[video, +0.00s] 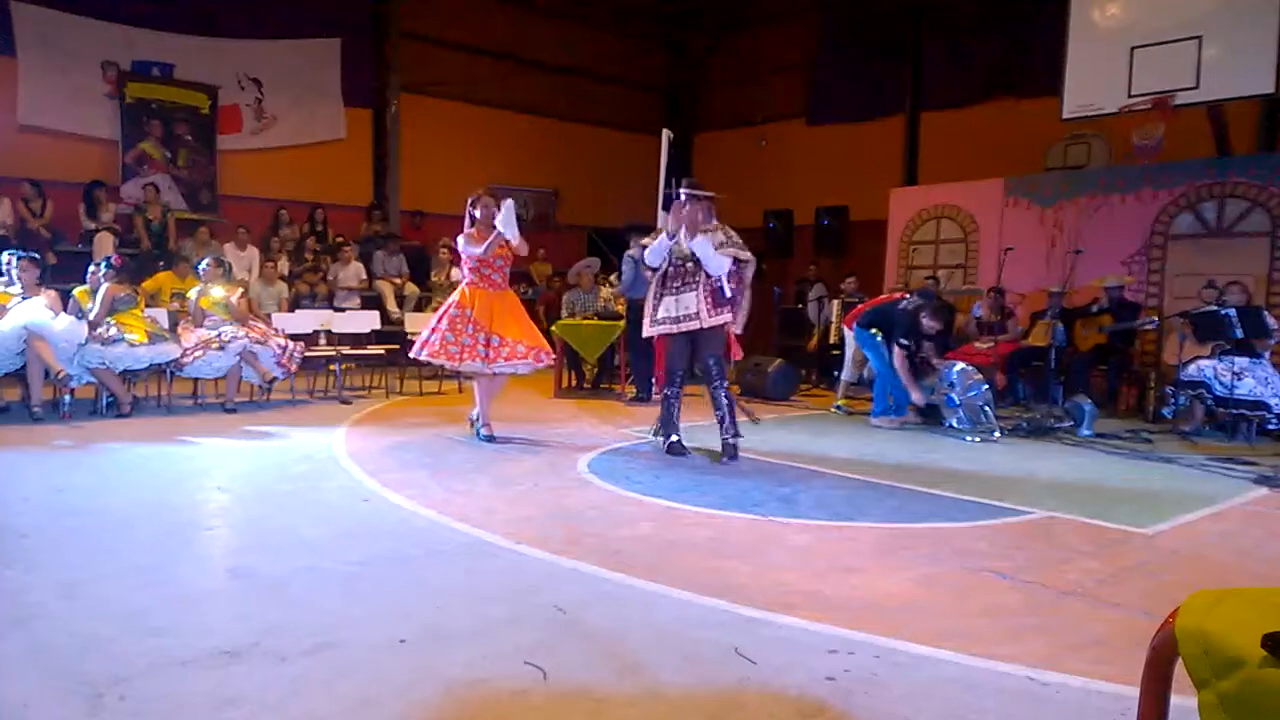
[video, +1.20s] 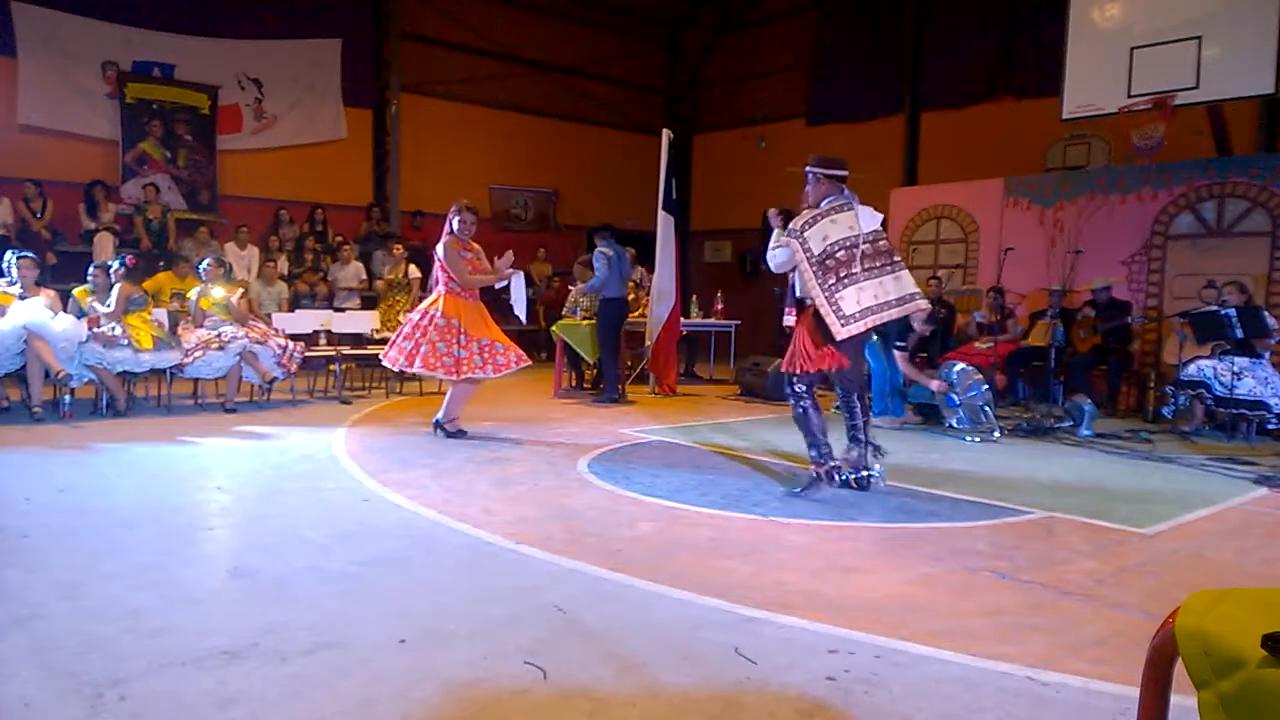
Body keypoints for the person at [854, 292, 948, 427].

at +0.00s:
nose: (933, 333)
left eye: (937, 330)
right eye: (931, 328)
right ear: (923, 316)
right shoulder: (906, 320)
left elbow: (928, 346)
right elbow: (899, 359)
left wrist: (934, 360)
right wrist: (913, 391)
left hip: (885, 332)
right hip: (867, 330)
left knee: (897, 369)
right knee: (884, 370)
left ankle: (901, 411)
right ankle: (880, 414)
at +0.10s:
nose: (925, 336)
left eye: (929, 333)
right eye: (922, 331)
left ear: (935, 327)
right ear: (912, 320)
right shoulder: (899, 321)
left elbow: (927, 339)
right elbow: (896, 365)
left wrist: (932, 356)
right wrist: (914, 392)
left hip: (886, 330)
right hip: (866, 331)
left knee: (904, 365)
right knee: (882, 368)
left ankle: (901, 411)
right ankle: (880, 413)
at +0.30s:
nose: (912, 340)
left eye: (916, 337)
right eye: (909, 337)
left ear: (922, 331)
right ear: (900, 328)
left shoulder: (920, 315)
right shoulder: (889, 328)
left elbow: (923, 334)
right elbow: (892, 368)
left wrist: (921, 354)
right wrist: (914, 394)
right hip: (866, 331)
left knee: (906, 366)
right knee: (881, 368)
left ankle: (900, 410)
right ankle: (880, 413)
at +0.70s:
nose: (911, 344)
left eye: (915, 340)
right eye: (907, 340)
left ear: (922, 333)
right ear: (898, 332)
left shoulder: (919, 316)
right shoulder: (888, 332)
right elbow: (896, 373)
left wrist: (909, 355)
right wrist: (926, 387)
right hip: (864, 331)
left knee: (903, 366)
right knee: (880, 366)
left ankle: (899, 411)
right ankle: (879, 414)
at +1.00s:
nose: (919, 338)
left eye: (922, 335)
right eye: (916, 334)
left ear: (926, 328)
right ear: (906, 326)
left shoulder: (921, 315)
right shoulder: (896, 330)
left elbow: (914, 340)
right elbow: (902, 367)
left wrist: (906, 356)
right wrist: (930, 383)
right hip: (869, 333)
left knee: (896, 370)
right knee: (881, 368)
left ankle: (898, 410)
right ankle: (879, 414)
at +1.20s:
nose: (927, 334)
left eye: (930, 331)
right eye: (925, 330)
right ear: (917, 321)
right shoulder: (899, 324)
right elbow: (902, 364)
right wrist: (929, 383)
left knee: (894, 368)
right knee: (881, 368)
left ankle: (898, 410)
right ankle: (880, 413)